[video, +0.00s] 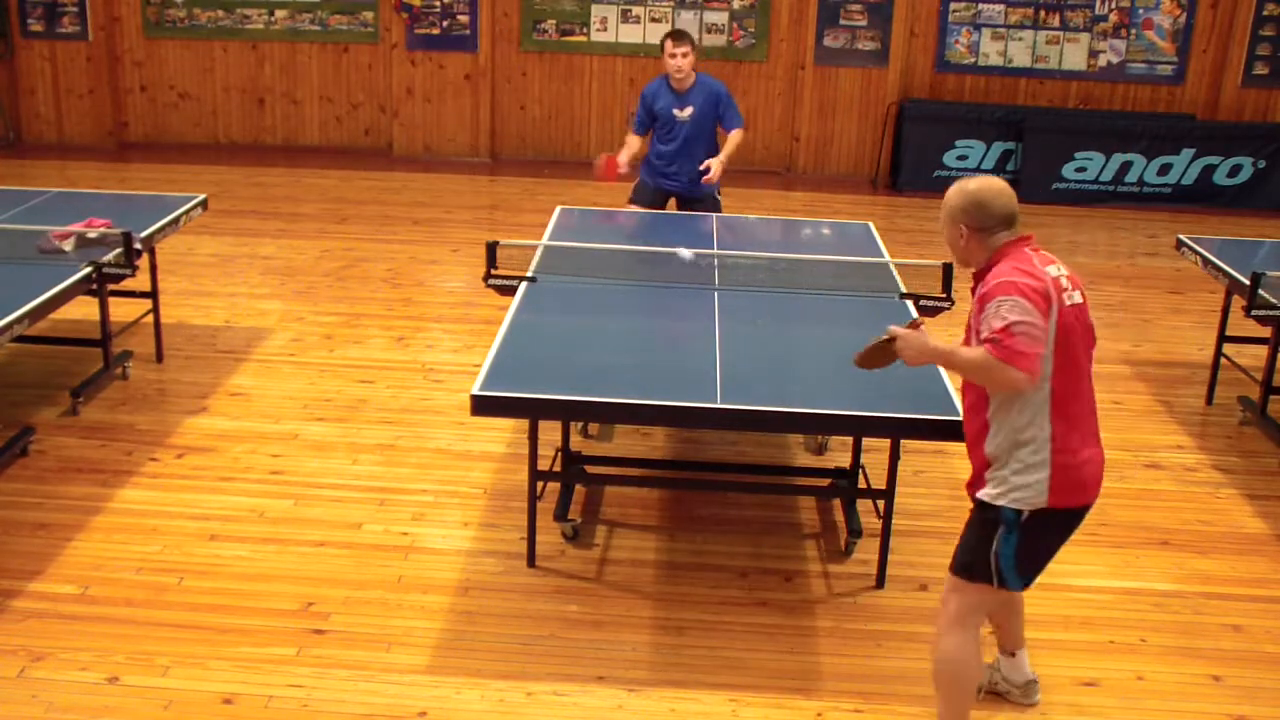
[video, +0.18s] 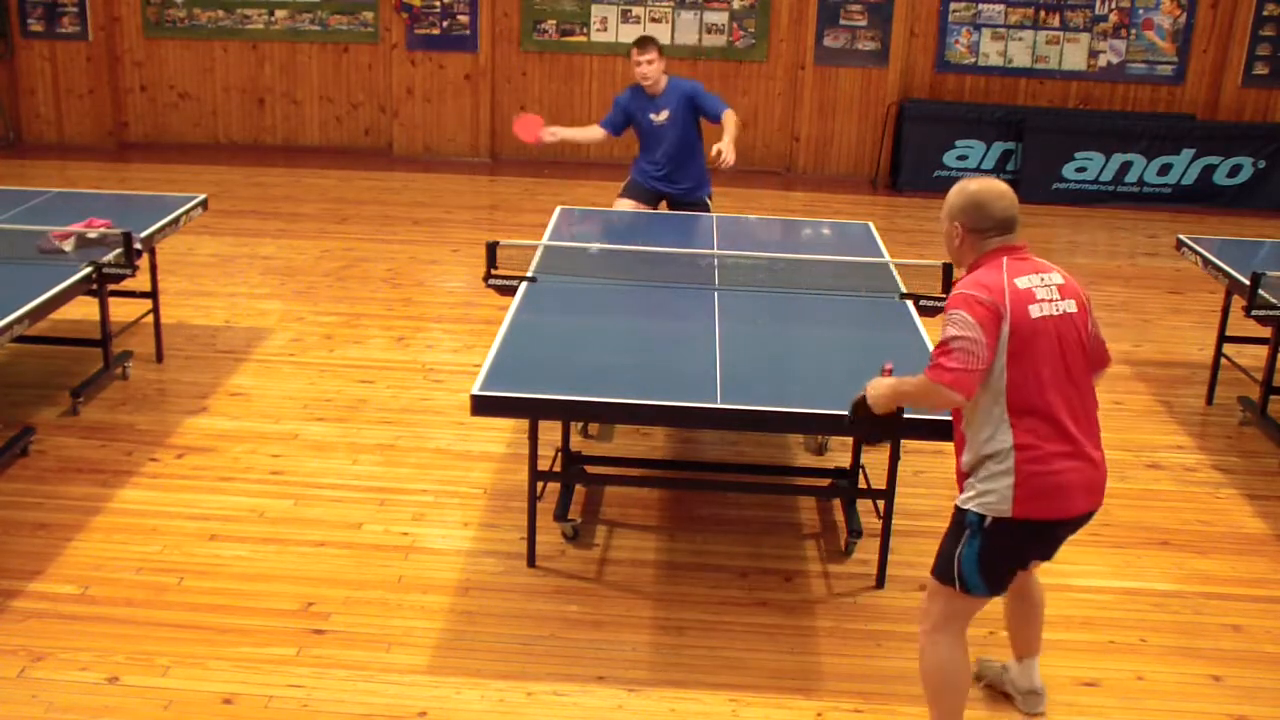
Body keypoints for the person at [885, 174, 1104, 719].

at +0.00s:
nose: (947, 242)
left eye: (948, 232)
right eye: (946, 231)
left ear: (966, 234)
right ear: (1009, 224)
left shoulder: (1009, 284)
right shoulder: (1048, 267)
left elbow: (1017, 370)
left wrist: (933, 351)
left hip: (1030, 482)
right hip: (1062, 471)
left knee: (957, 614)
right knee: (1000, 567)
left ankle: (952, 715)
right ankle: (1014, 671)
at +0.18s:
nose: (943, 239)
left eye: (944, 228)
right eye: (942, 228)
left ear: (960, 232)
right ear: (1012, 226)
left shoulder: (975, 291)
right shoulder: (1062, 280)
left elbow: (949, 388)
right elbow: (1097, 358)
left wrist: (893, 391)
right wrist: (1022, 380)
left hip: (1009, 496)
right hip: (1080, 486)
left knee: (942, 620)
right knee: (1019, 564)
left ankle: (945, 714)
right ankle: (1026, 675)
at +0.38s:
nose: (953, 221)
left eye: (956, 213)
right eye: (954, 211)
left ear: (971, 222)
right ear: (1025, 219)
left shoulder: (978, 292)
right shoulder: (1077, 277)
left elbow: (950, 390)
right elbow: (1117, 358)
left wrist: (896, 388)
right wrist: (1064, 396)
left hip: (1008, 491)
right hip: (1083, 483)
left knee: (946, 616)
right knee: (1059, 583)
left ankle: (946, 716)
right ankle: (1076, 700)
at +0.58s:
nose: (958, 222)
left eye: (961, 213)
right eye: (960, 212)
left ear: (975, 222)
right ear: (1027, 218)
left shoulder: (981, 297)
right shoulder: (1081, 276)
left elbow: (953, 400)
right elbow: (1115, 349)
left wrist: (895, 393)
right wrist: (1052, 382)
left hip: (1014, 490)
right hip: (1089, 481)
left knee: (940, 603)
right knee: (1061, 582)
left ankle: (935, 714)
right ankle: (1077, 698)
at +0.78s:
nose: (962, 235)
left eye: (964, 227)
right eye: (964, 225)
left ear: (977, 239)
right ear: (1031, 233)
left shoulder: (987, 318)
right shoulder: (1076, 289)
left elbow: (945, 419)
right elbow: (1097, 352)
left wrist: (892, 411)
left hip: (1020, 500)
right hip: (1094, 487)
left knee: (927, 598)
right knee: (1062, 568)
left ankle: (931, 712)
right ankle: (1098, 679)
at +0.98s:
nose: (996, 242)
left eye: (998, 235)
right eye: (999, 233)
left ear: (1007, 243)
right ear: (1061, 241)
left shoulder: (995, 320)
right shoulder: (1105, 302)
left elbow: (942, 408)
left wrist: (926, 377)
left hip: (1035, 507)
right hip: (1117, 502)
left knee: (940, 592)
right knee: (1082, 565)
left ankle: (933, 713)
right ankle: (1100, 680)